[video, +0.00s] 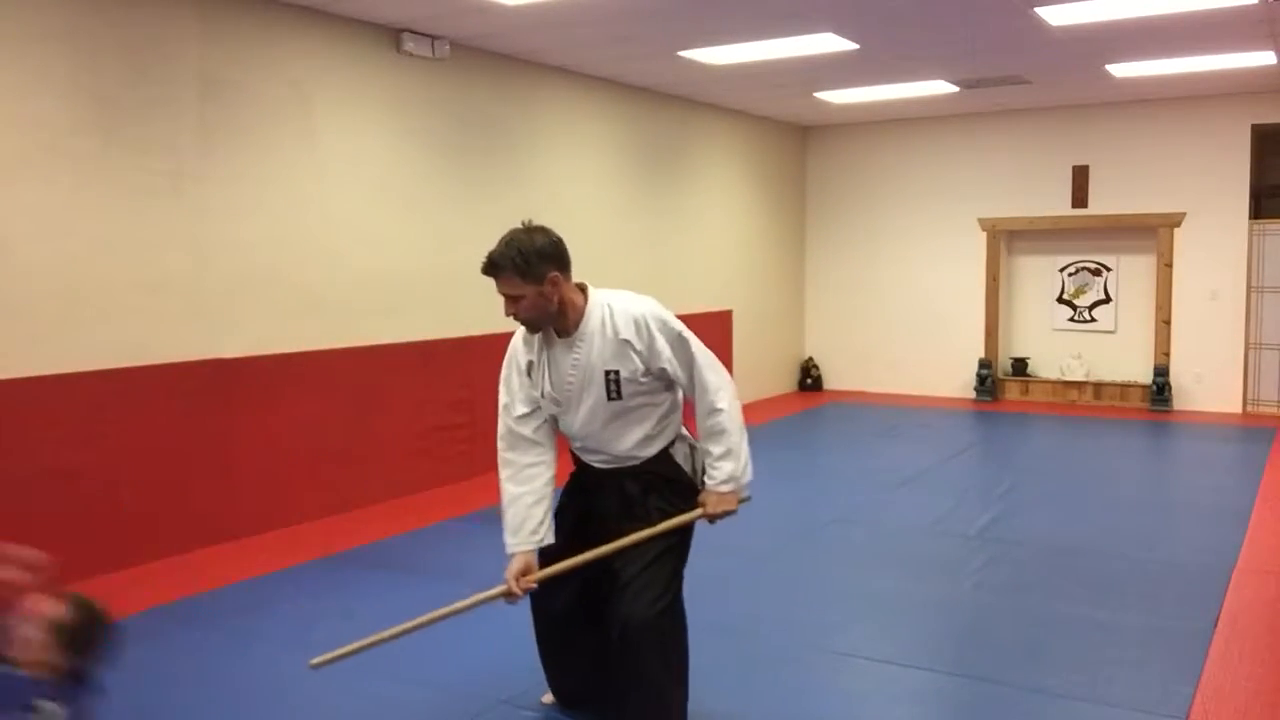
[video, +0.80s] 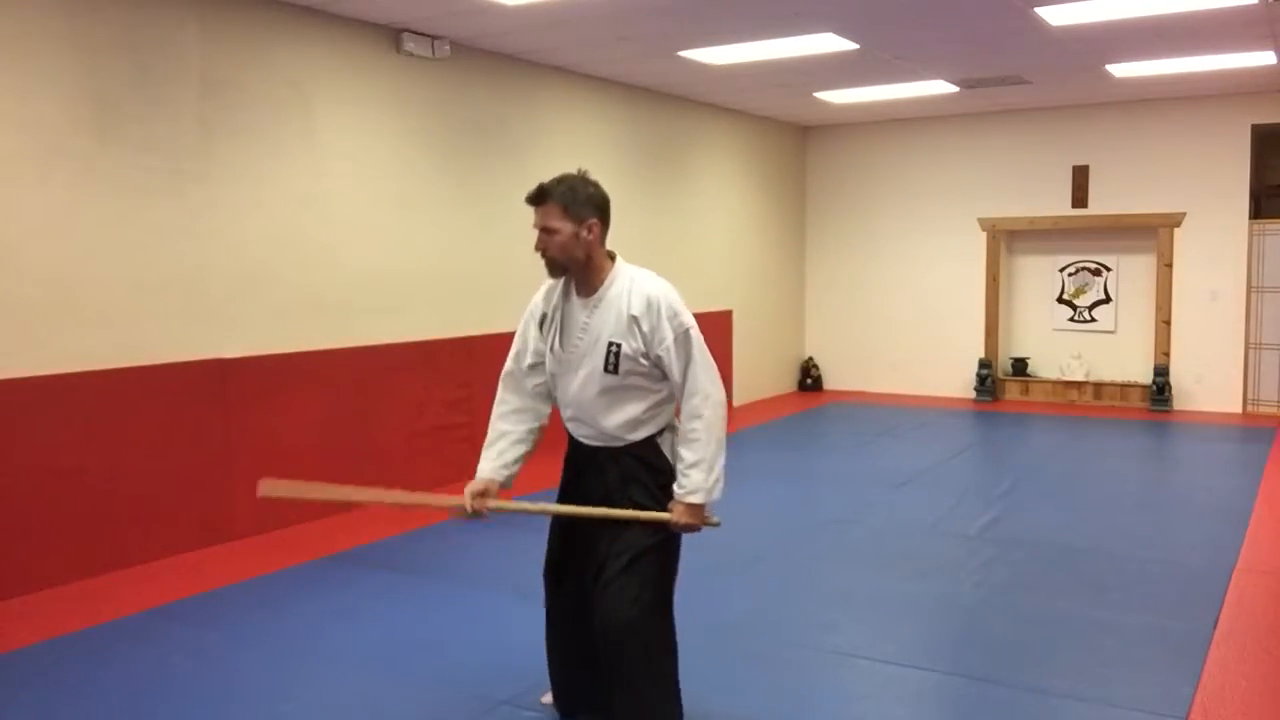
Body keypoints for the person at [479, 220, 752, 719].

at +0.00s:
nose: (508, 311)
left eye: (515, 298)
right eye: (504, 299)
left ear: (554, 285)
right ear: (546, 287)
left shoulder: (638, 321)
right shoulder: (524, 355)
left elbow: (714, 386)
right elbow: (524, 453)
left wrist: (725, 478)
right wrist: (525, 546)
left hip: (657, 480)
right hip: (592, 483)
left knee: (639, 613)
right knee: (557, 595)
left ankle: (651, 711)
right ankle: (582, 692)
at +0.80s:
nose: (538, 244)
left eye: (548, 231)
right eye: (537, 231)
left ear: (590, 232)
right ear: (573, 234)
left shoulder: (651, 301)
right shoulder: (549, 303)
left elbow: (704, 394)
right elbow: (522, 392)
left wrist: (694, 490)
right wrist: (491, 471)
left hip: (643, 469)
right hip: (582, 465)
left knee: (628, 615)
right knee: (568, 598)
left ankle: (643, 712)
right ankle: (578, 703)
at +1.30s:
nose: (548, 195)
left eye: (560, 185)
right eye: (548, 184)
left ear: (600, 191)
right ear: (584, 193)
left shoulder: (633, 270)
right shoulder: (584, 265)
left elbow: (634, 386)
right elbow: (590, 366)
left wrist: (603, 482)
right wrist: (548, 413)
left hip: (625, 446)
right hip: (583, 437)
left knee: (630, 601)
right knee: (584, 595)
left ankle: (638, 707)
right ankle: (585, 700)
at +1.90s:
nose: (520, 201)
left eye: (530, 191)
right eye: (519, 191)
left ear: (567, 196)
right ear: (557, 200)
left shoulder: (587, 261)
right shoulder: (566, 261)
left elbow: (588, 366)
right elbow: (575, 357)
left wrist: (531, 445)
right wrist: (524, 382)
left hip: (590, 440)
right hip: (568, 436)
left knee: (585, 592)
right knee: (564, 590)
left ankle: (594, 709)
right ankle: (571, 707)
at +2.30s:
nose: (493, 200)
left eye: (504, 190)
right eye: (493, 190)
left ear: (540, 196)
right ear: (522, 199)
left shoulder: (555, 259)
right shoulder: (533, 261)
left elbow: (558, 363)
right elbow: (517, 341)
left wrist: (498, 421)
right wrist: (453, 325)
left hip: (561, 430)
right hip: (537, 427)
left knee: (542, 564)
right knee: (540, 563)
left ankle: (537, 699)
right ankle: (551, 694)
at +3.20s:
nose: (469, 213)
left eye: (478, 203)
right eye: (465, 204)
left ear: (512, 206)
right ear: (469, 211)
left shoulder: (549, 270)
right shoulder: (484, 267)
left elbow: (564, 363)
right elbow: (476, 327)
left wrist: (537, 435)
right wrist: (456, 356)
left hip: (541, 415)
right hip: (495, 407)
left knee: (525, 544)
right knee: (486, 534)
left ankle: (518, 682)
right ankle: (495, 651)